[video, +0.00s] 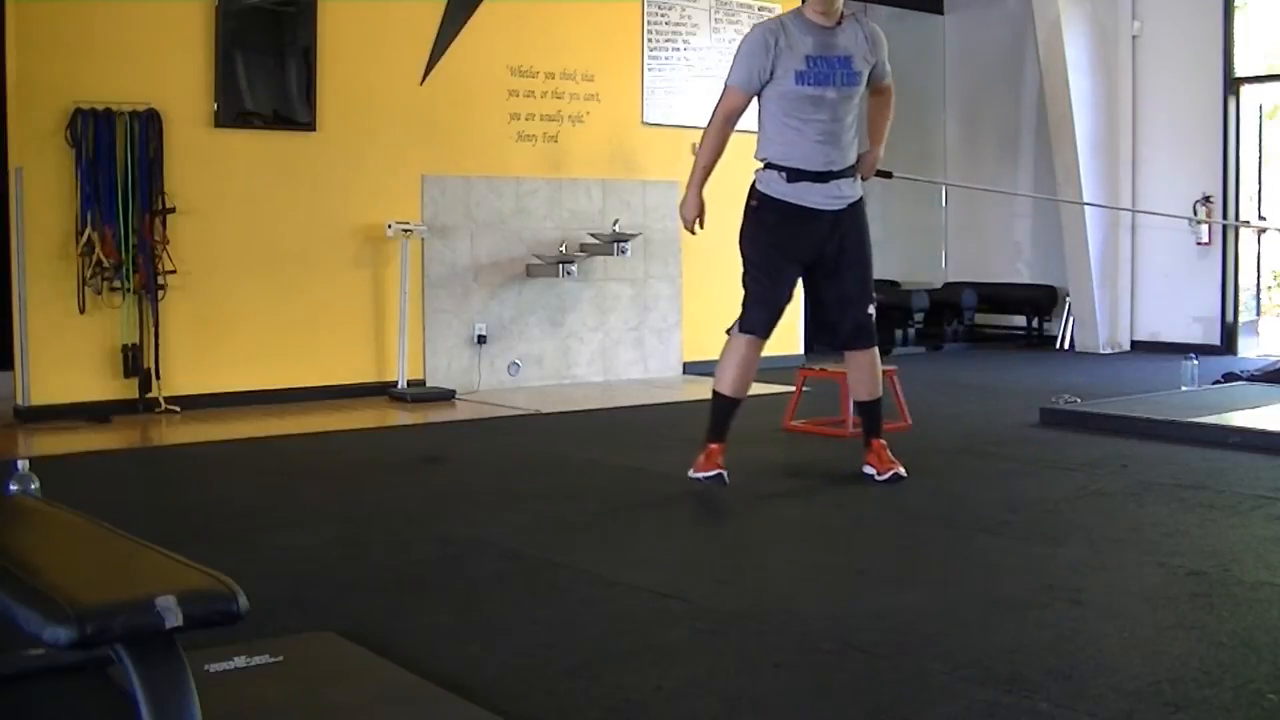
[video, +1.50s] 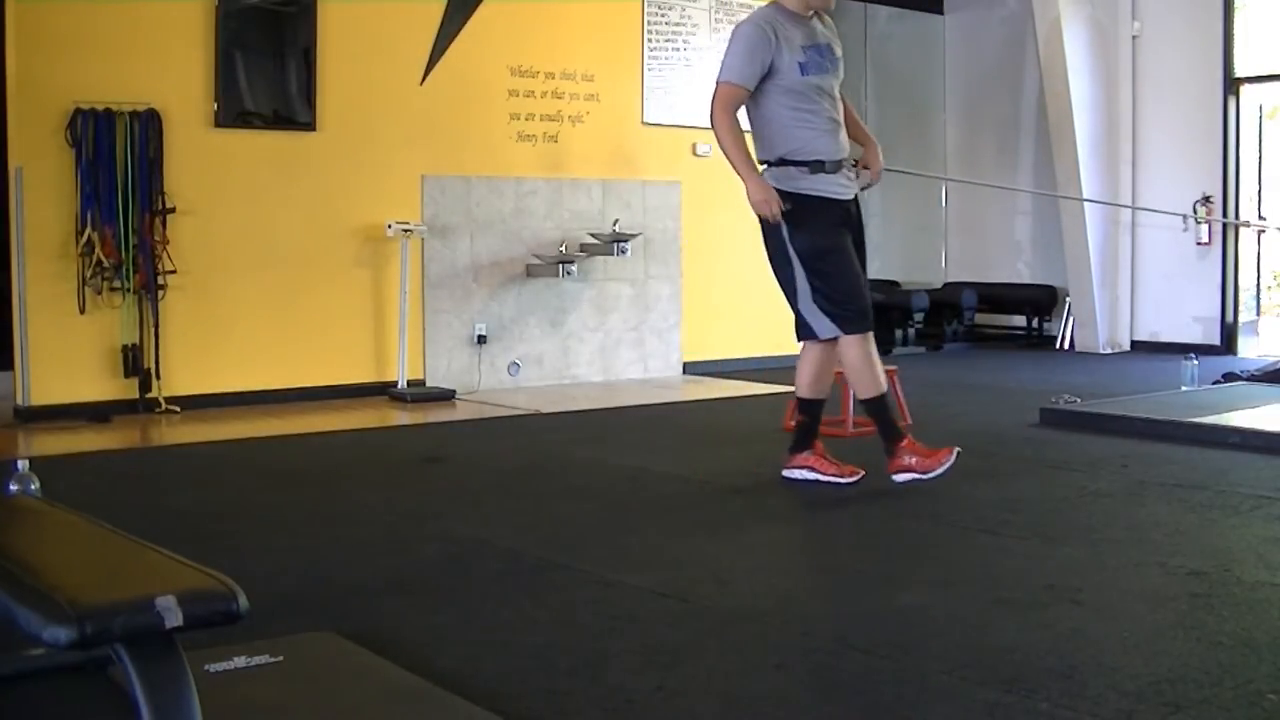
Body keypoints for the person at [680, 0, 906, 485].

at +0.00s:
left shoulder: (867, 36)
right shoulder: (768, 38)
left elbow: (881, 90)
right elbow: (725, 115)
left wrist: (875, 149)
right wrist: (694, 187)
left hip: (843, 207)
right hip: (778, 204)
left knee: (858, 327)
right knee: (755, 323)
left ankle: (875, 446)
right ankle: (713, 448)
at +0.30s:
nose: (772, 3)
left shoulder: (813, 39)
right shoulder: (713, 52)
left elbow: (829, 93)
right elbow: (668, 129)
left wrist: (836, 158)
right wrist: (661, 197)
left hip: (806, 213)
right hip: (736, 214)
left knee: (837, 333)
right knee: (727, 338)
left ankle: (870, 446)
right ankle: (711, 462)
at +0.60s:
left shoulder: (763, 19)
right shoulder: (674, 32)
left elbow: (780, 85)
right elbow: (643, 117)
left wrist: (810, 137)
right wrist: (647, 186)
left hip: (768, 203)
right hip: (703, 205)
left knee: (791, 329)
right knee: (708, 338)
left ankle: (803, 452)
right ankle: (709, 464)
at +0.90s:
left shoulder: (769, 27)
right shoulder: (689, 22)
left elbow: (783, 107)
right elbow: (661, 113)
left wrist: (817, 157)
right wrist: (662, 197)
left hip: (774, 201)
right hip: (714, 200)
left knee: (785, 331)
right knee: (716, 337)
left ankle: (800, 453)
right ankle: (709, 464)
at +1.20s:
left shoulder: (791, 31)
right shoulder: (720, 27)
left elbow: (796, 106)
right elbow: (699, 112)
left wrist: (834, 153)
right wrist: (718, 190)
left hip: (808, 197)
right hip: (757, 196)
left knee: (806, 328)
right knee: (772, 323)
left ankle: (802, 454)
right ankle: (745, 452)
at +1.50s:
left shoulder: (824, 27)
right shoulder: (759, 29)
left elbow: (829, 97)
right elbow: (722, 110)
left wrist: (869, 142)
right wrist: (751, 180)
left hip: (840, 195)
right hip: (796, 197)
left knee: (824, 326)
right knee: (853, 316)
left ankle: (802, 452)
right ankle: (898, 448)